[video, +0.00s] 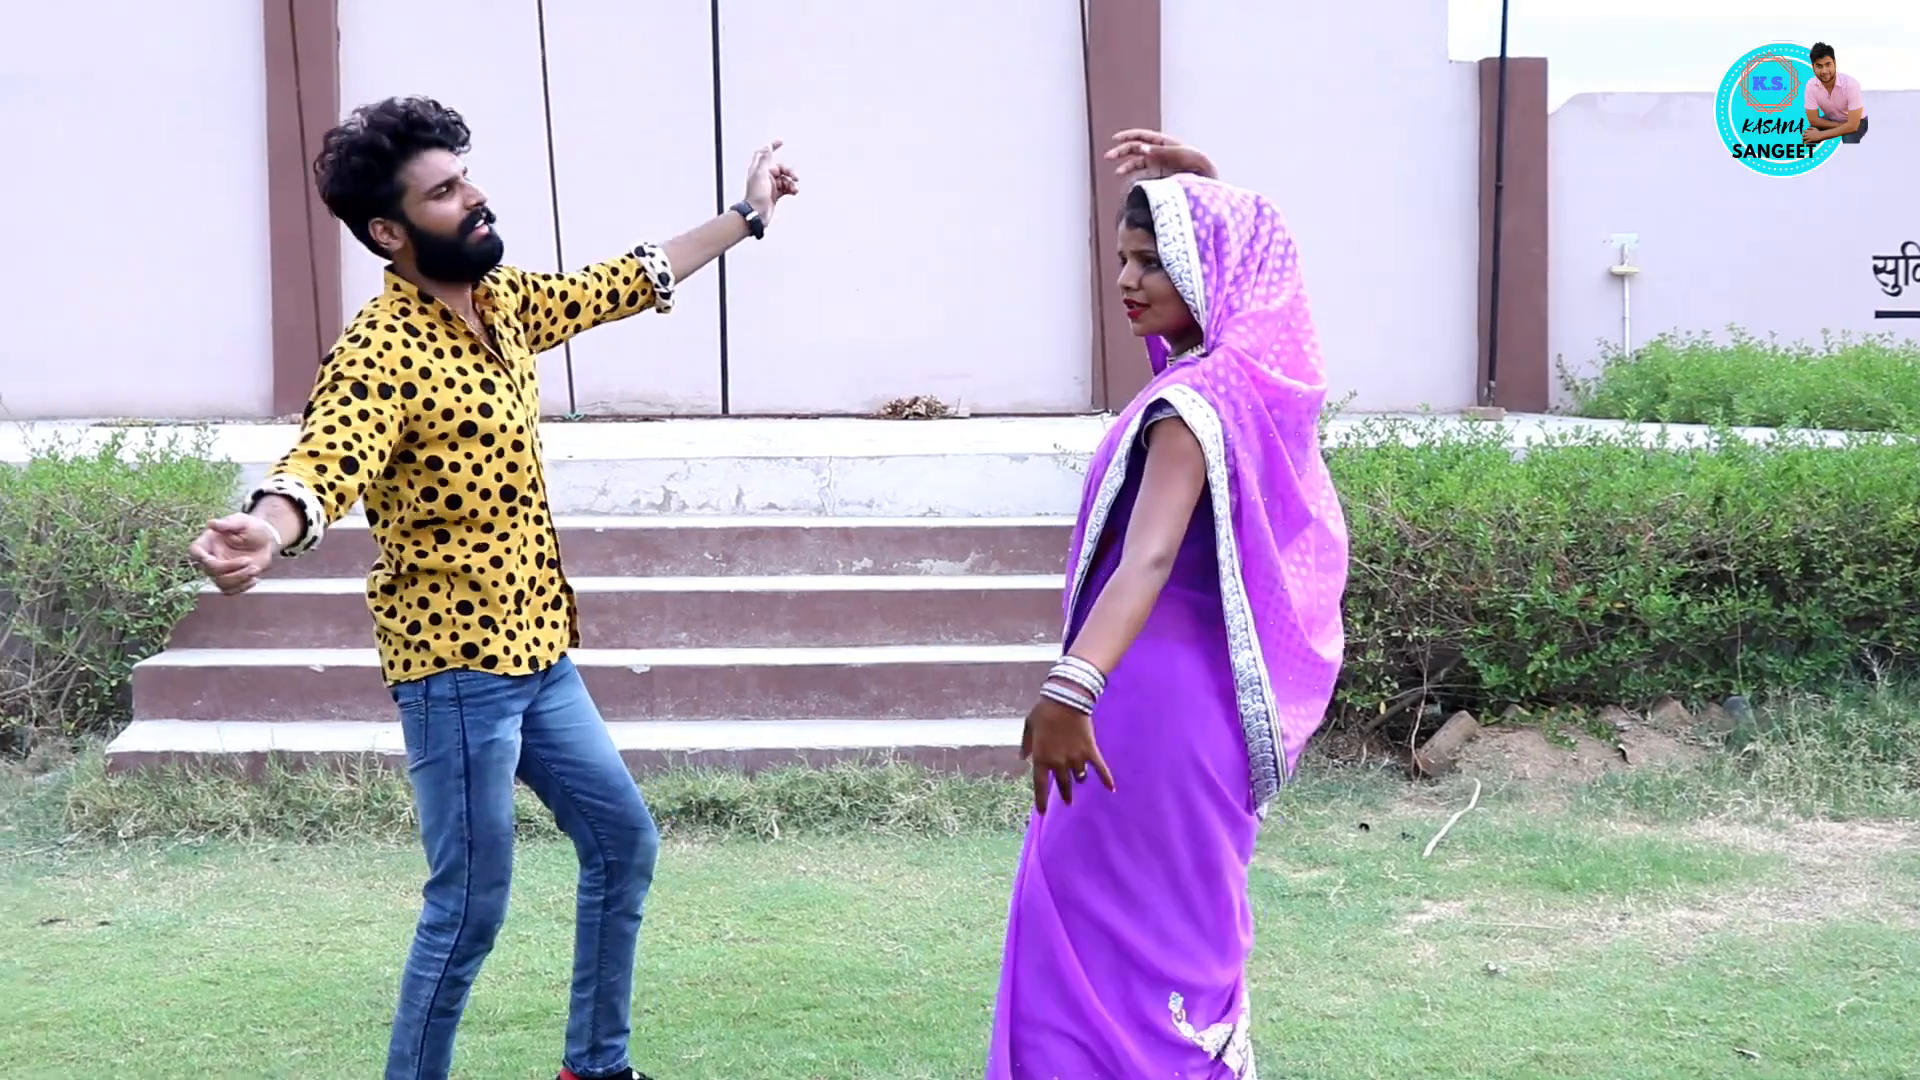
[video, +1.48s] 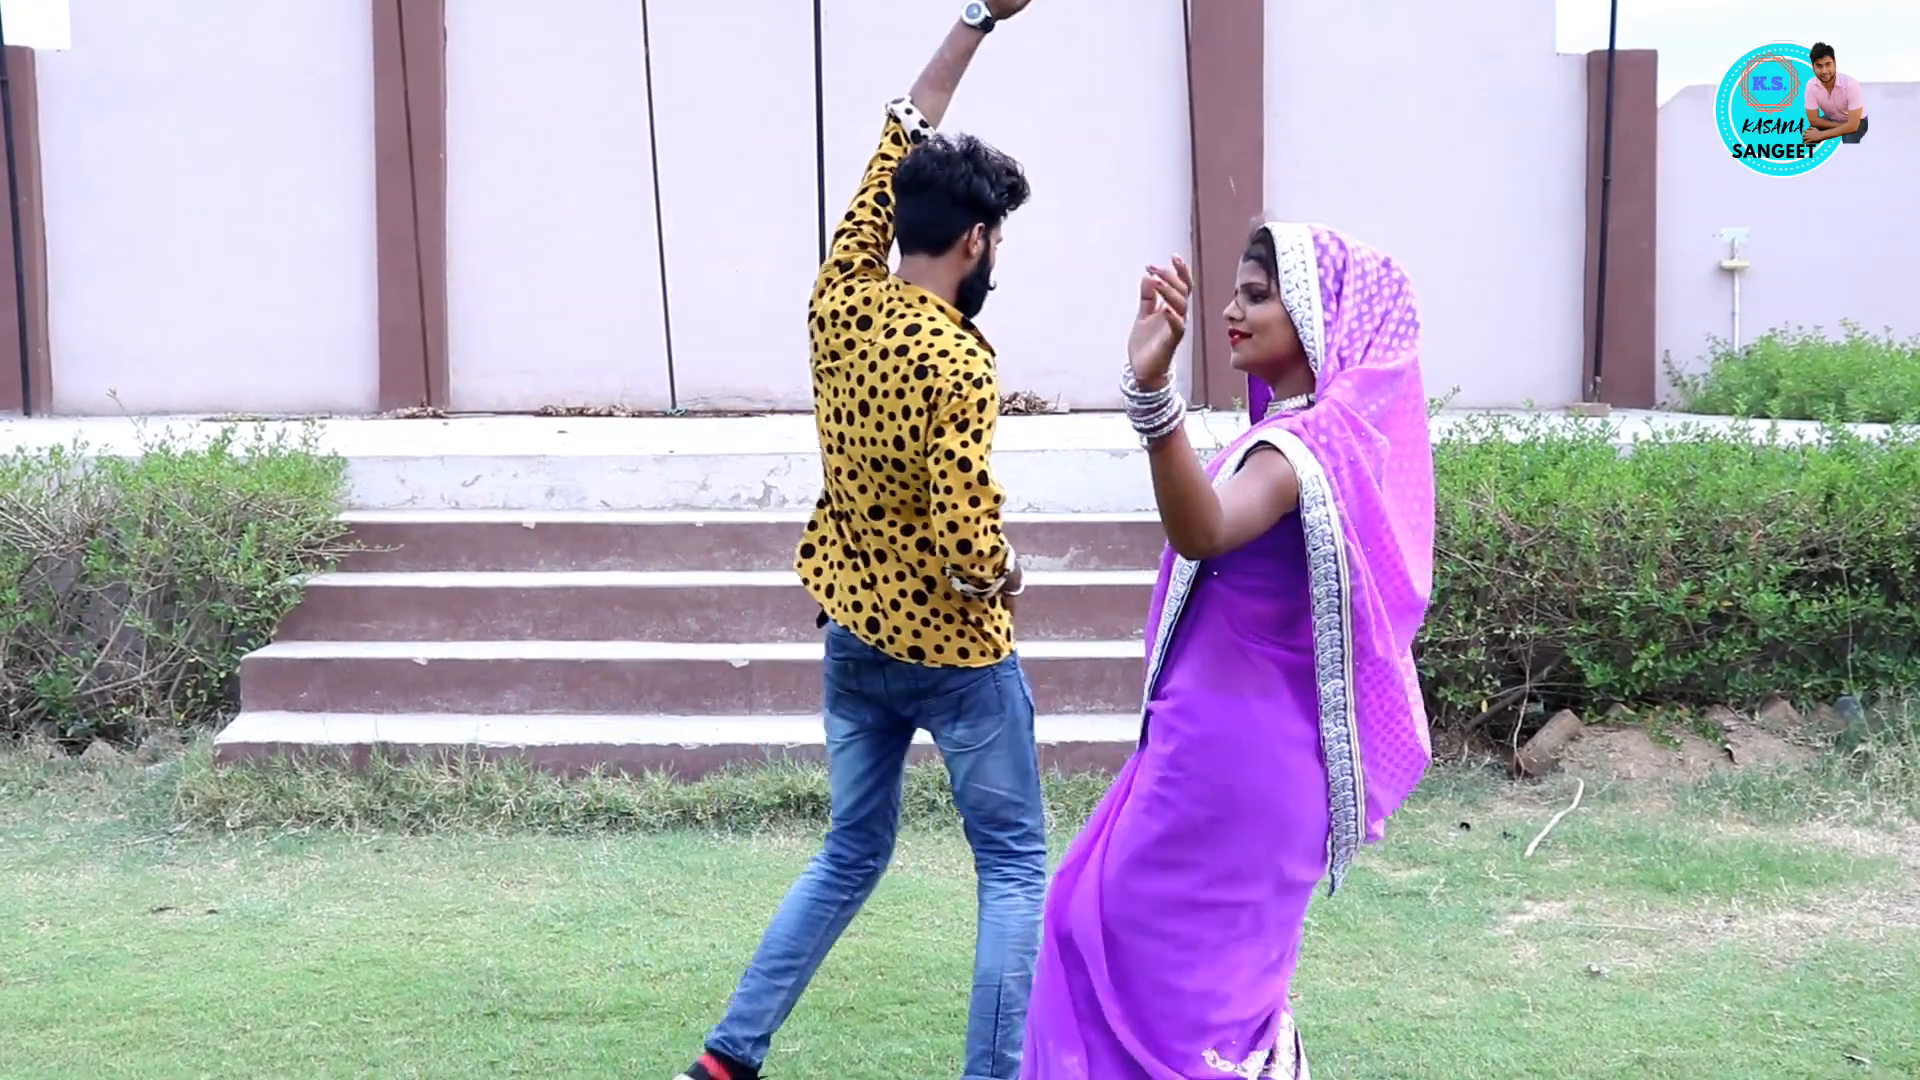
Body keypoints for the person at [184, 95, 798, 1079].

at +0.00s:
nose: (475, 199)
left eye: (468, 179)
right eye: (444, 191)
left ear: (476, 180)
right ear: (387, 234)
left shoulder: (508, 301)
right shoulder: (381, 347)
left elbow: (627, 283)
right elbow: (329, 453)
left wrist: (745, 215)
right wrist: (272, 522)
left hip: (537, 652)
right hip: (452, 667)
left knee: (623, 841)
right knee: (467, 907)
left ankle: (597, 1064)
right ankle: (412, 1073)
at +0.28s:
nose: (581, 217)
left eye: (575, 198)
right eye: (559, 205)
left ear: (516, 230)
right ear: (496, 235)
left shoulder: (576, 310)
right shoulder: (459, 358)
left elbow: (682, 282)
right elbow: (411, 496)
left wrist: (789, 220)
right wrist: (411, 560)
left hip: (600, 652)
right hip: (518, 664)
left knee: (689, 833)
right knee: (531, 901)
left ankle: (660, 1061)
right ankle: (475, 1072)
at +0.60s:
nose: (678, 245)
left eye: (673, 226)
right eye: (667, 228)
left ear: (620, 245)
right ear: (622, 246)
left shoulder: (637, 333)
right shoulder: (537, 391)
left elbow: (709, 302)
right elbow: (533, 577)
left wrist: (795, 230)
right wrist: (604, 661)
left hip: (678, 658)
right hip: (602, 681)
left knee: (757, 833)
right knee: (618, 910)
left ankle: (699, 1058)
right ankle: (529, 1071)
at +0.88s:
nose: (777, 245)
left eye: (775, 228)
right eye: (773, 230)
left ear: (687, 236)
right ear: (743, 247)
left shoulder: (650, 296)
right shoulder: (711, 400)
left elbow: (684, 192)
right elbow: (748, 587)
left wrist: (771, 101)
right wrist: (847, 659)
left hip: (677, 629)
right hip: (688, 650)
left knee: (761, 833)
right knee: (646, 883)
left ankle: (707, 1065)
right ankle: (530, 1068)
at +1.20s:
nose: (912, 259)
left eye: (909, 241)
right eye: (909, 244)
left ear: (813, 236)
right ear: (879, 256)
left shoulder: (742, 301)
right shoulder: (857, 396)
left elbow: (775, 161)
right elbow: (896, 573)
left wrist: (832, 34)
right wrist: (874, 559)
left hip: (716, 622)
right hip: (809, 651)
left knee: (763, 846)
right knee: (876, 864)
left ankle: (703, 1052)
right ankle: (723, 1044)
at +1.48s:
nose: (996, 249)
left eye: (993, 229)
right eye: (999, 232)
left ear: (903, 215)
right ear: (976, 234)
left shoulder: (838, 295)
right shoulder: (957, 356)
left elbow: (899, 143)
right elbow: (962, 513)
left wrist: (979, 23)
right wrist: (1001, 588)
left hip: (852, 632)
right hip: (953, 647)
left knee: (850, 853)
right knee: (1014, 863)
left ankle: (730, 1052)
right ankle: (996, 1069)